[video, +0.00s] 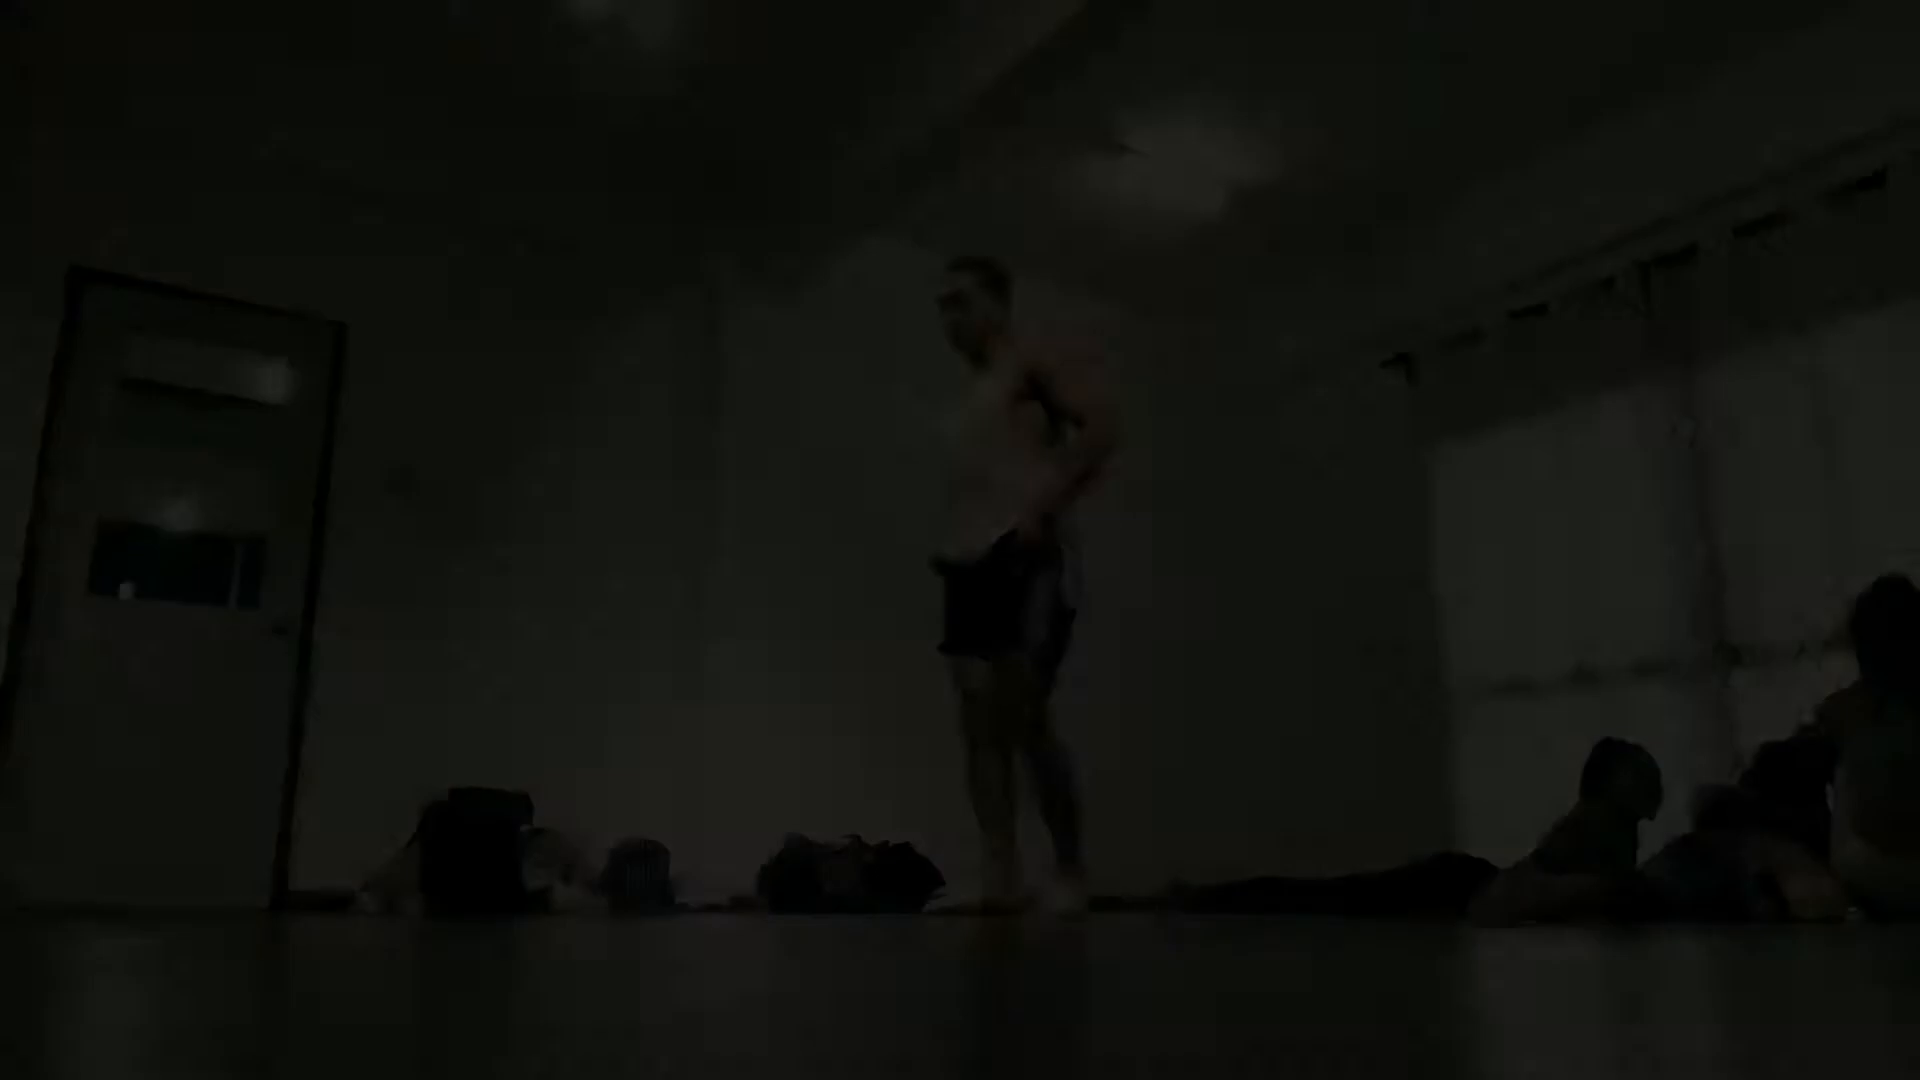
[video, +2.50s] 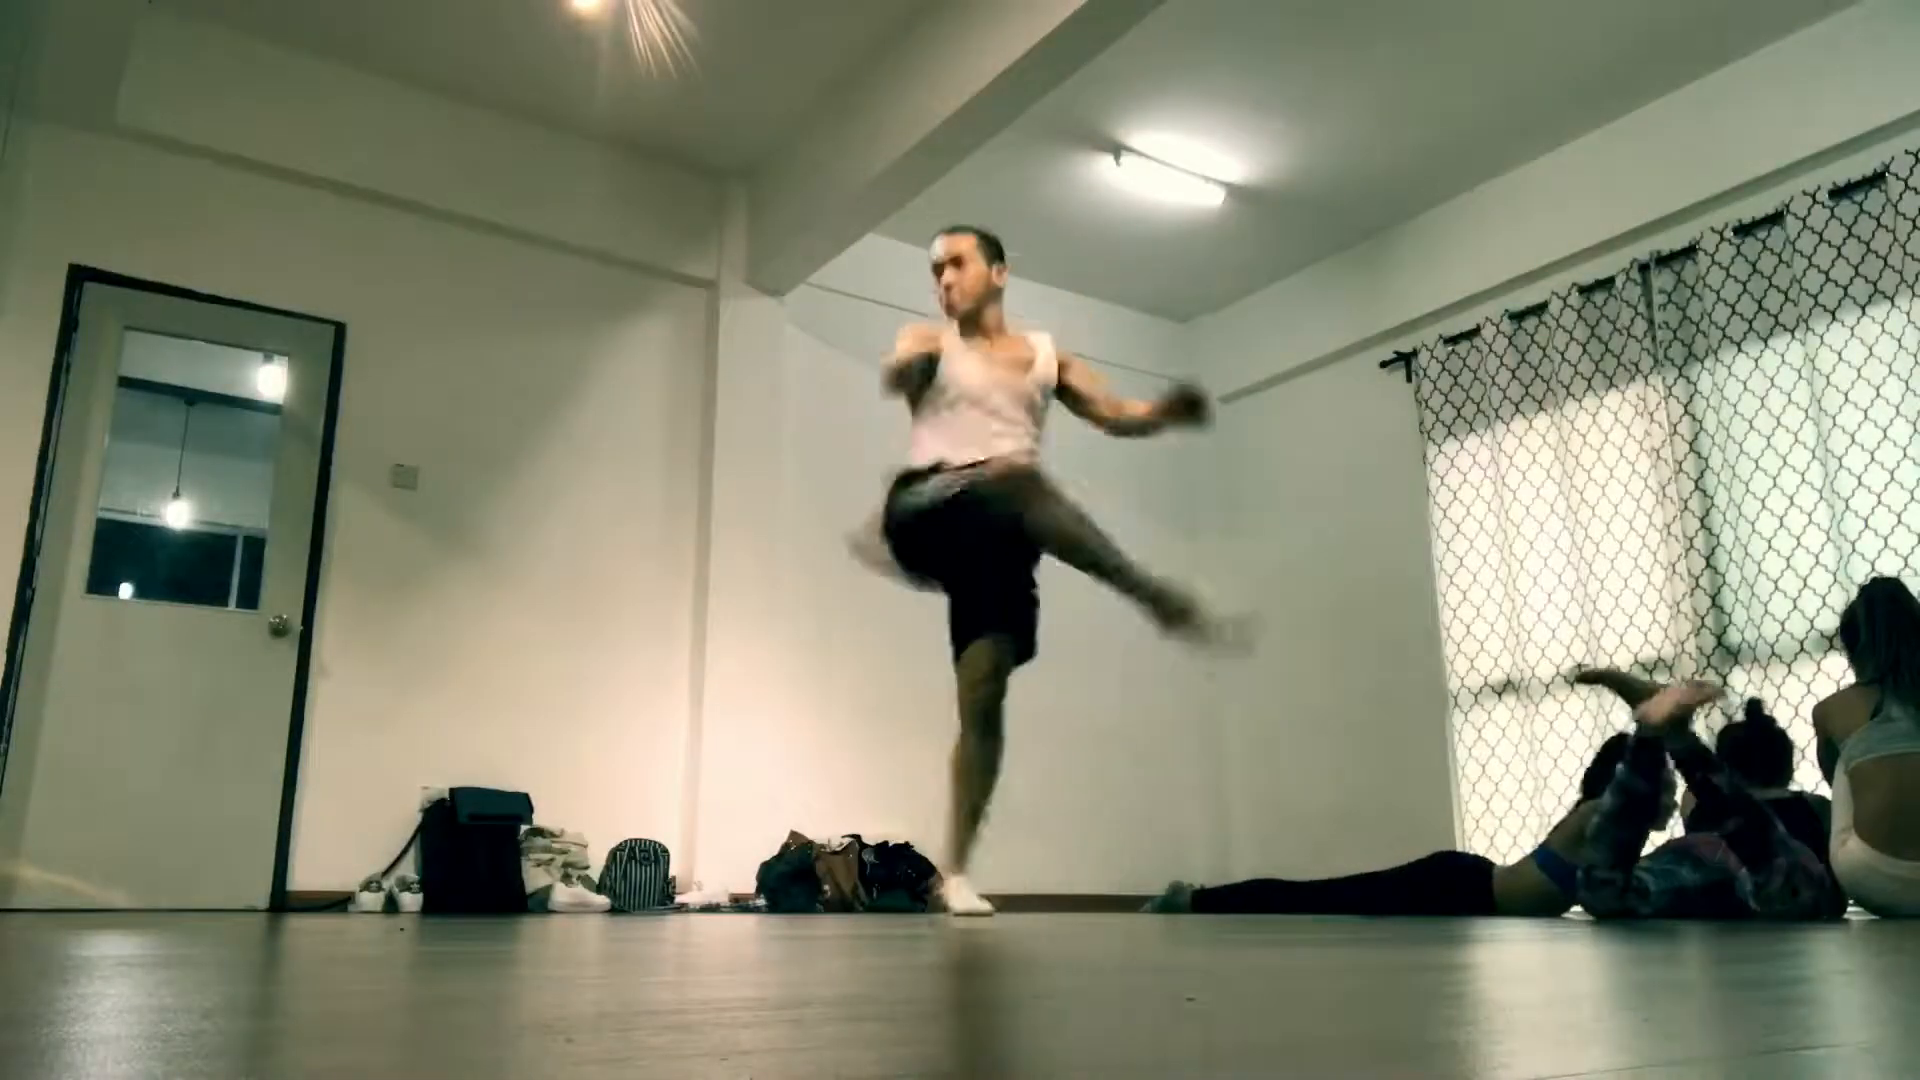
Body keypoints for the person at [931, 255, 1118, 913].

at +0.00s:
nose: (953, 322)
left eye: (963, 306)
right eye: (946, 308)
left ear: (996, 307)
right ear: (945, 317)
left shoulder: (1029, 376)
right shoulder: (961, 389)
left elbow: (1094, 440)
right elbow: (972, 471)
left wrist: (1043, 512)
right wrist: (955, 538)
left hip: (1026, 564)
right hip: (966, 569)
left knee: (1026, 720)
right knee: (979, 728)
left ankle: (1067, 875)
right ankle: (1000, 879)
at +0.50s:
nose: (975, 288)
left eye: (987, 276)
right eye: (972, 281)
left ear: (1030, 282)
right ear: (982, 296)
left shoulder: (1064, 347)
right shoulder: (993, 373)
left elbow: (1121, 427)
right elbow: (998, 469)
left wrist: (1090, 512)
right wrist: (972, 544)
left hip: (1049, 548)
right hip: (989, 554)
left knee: (1046, 702)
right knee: (991, 702)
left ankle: (1062, 882)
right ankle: (986, 873)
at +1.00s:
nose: (998, 301)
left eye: (1012, 290)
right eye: (995, 294)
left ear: (1054, 300)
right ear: (1001, 311)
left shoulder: (1095, 375)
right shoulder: (977, 392)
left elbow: (1189, 426)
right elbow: (913, 458)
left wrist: (1279, 454)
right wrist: (844, 448)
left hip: (1070, 558)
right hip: (1005, 576)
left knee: (1069, 710)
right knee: (1042, 727)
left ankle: (1066, 881)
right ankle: (1115, 859)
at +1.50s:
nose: (960, 351)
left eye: (974, 340)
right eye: (962, 341)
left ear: (1013, 353)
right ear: (995, 356)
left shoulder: (1024, 411)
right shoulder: (997, 454)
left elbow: (1025, 421)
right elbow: (941, 515)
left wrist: (976, 416)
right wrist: (864, 527)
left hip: (1048, 602)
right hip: (1086, 611)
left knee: (952, 725)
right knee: (1042, 756)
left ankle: (1045, 874)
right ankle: (1129, 885)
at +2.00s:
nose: (961, 266)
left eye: (976, 253)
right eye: (958, 256)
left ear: (1017, 262)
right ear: (961, 273)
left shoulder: (1051, 318)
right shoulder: (960, 368)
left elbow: (1034, 348)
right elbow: (900, 450)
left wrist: (924, 339)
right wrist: (845, 436)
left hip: (1042, 533)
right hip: (970, 521)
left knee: (1027, 700)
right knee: (849, 523)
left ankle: (1020, 873)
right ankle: (970, 611)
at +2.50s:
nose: (943, 279)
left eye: (956, 265)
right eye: (937, 270)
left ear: (997, 273)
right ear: (937, 286)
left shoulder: (1043, 355)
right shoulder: (926, 337)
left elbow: (1112, 414)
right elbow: (900, 381)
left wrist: (1165, 413)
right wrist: (918, 367)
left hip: (1002, 519)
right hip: (926, 514)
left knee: (982, 698)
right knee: (1021, 483)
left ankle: (953, 872)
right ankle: (1162, 602)